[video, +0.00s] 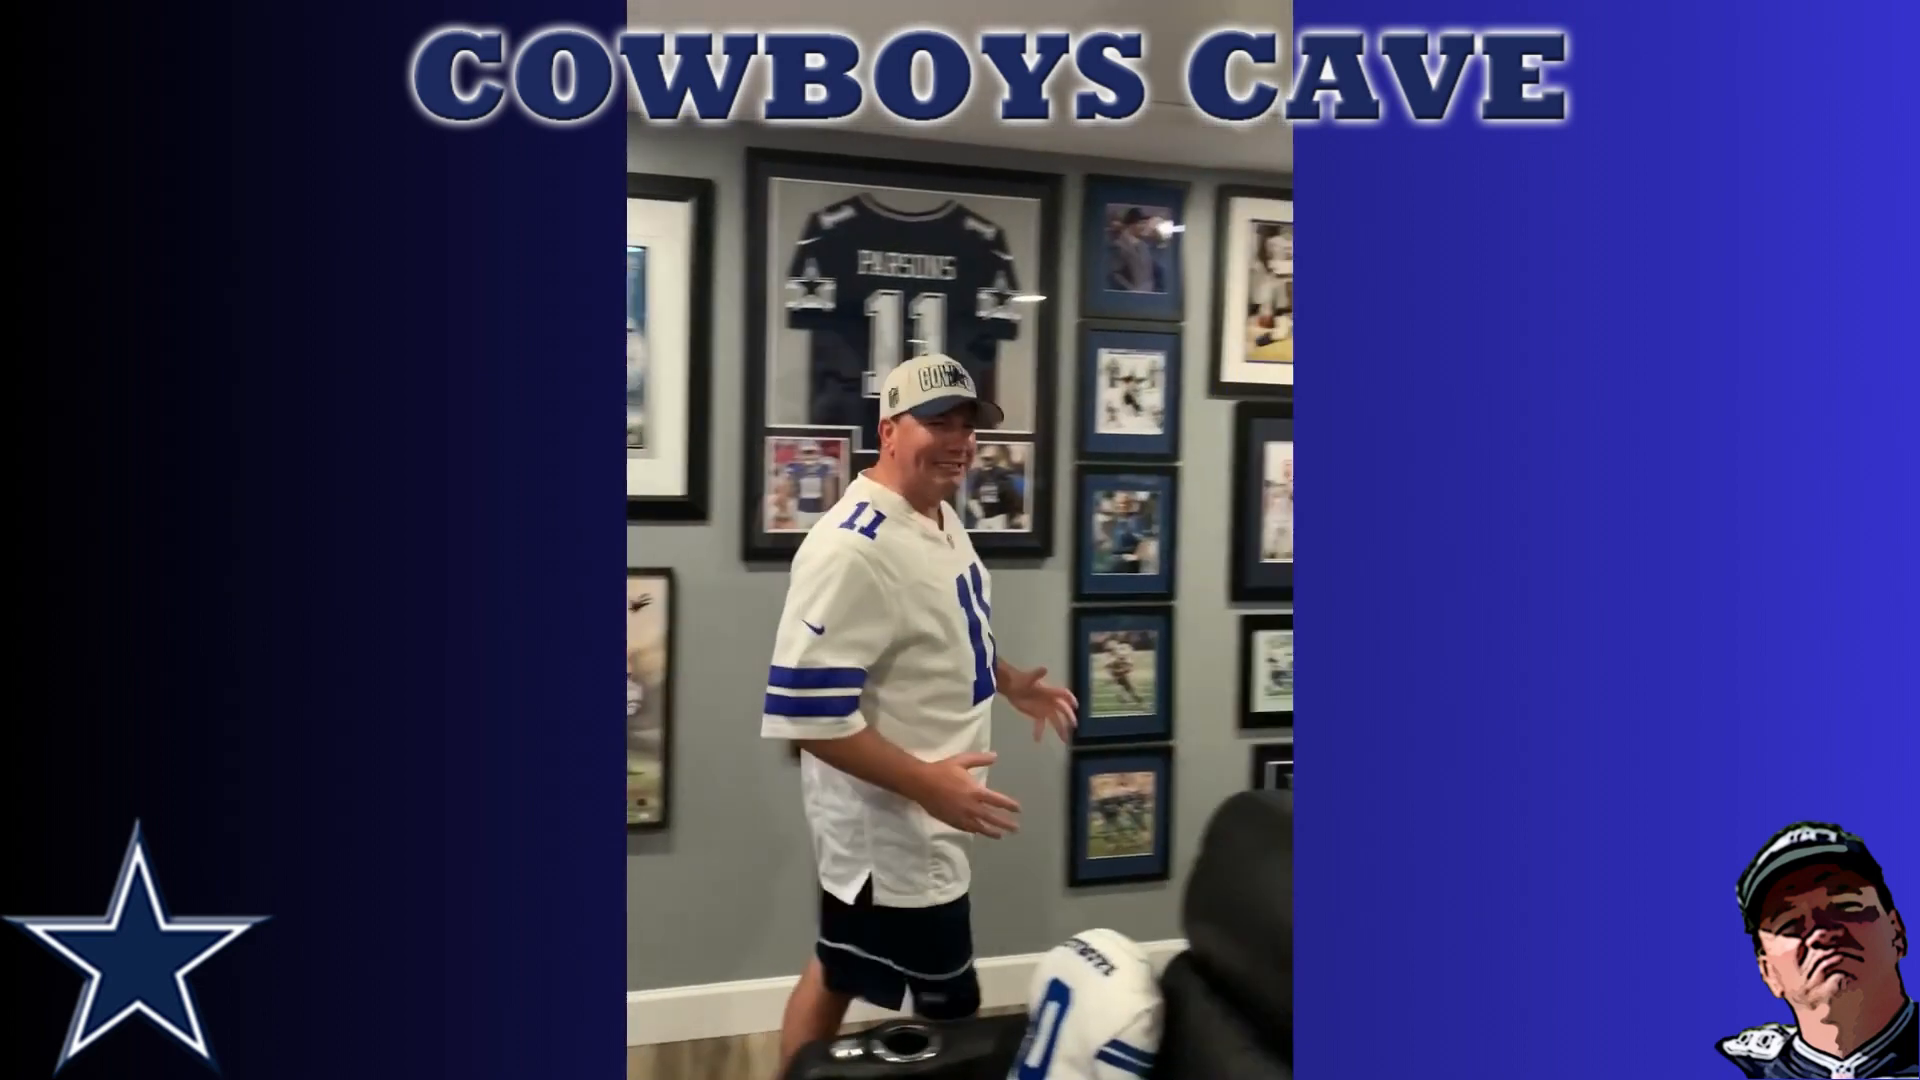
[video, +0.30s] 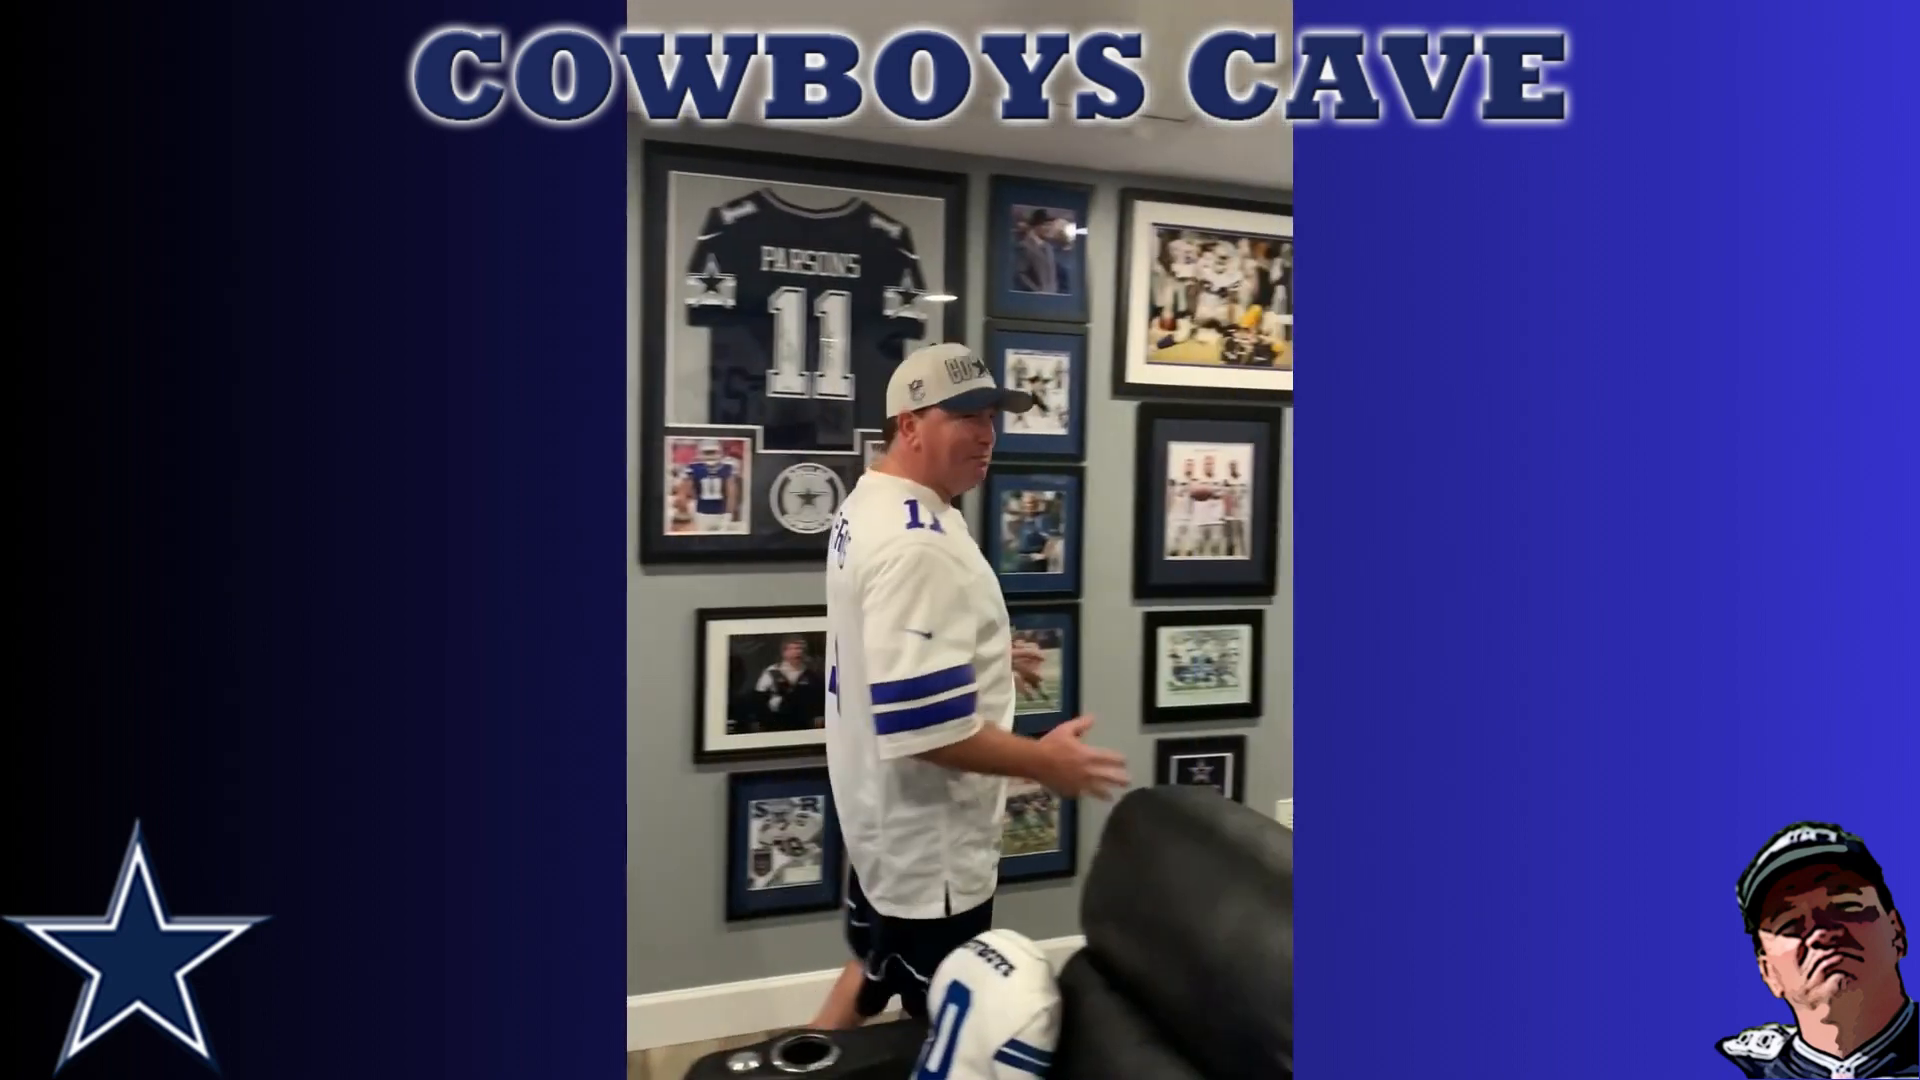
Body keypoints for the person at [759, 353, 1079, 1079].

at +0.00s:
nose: (960, 441)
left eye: (969, 425)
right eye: (941, 422)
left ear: (977, 433)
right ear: (891, 432)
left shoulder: (941, 519)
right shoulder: (851, 548)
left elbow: (949, 637)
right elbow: (813, 717)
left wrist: (1012, 681)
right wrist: (926, 784)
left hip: (905, 821)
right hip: (893, 834)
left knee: (833, 974)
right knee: (949, 1019)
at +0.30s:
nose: (986, 436)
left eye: (989, 418)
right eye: (968, 416)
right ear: (912, 425)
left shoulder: (870, 507)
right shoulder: (915, 547)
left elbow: (883, 656)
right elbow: (929, 728)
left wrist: (984, 658)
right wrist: (1038, 759)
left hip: (879, 813)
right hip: (930, 834)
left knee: (873, 964)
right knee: (952, 1018)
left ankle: (806, 1067)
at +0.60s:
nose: (982, 425)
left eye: (985, 408)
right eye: (959, 406)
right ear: (901, 423)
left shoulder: (926, 516)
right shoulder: (899, 542)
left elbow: (911, 656)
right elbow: (909, 723)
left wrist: (998, 663)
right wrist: (1039, 755)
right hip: (935, 854)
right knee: (933, 1043)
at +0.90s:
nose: (976, 436)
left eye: (992, 421)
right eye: (957, 418)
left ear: (1010, 437)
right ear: (924, 430)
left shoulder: (1013, 524)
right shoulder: (883, 546)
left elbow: (1021, 637)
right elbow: (845, 707)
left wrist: (1094, 678)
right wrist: (956, 754)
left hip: (1015, 827)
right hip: (926, 847)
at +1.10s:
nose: (975, 429)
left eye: (997, 412)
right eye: (966, 411)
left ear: (1037, 429)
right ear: (954, 421)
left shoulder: (1087, 516)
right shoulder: (907, 536)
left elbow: (1124, 616)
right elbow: (859, 657)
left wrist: (1164, 681)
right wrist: (917, 721)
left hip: (1074, 809)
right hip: (958, 817)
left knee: (1073, 975)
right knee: (948, 983)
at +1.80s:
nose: (1038, 427)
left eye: (1055, 413)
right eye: (1026, 416)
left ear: (1086, 431)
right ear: (1014, 432)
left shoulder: (1144, 510)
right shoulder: (980, 523)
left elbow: (1213, 611)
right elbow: (938, 600)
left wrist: (1155, 657)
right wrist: (918, 639)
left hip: (1117, 786)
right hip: (1009, 787)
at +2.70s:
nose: (981, 421)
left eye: (998, 410)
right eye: (969, 410)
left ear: (1025, 433)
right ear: (952, 434)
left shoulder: (1074, 522)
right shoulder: (928, 521)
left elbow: (1124, 642)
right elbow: (911, 614)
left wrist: (1071, 706)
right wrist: (883, 667)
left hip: (1042, 787)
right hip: (938, 780)